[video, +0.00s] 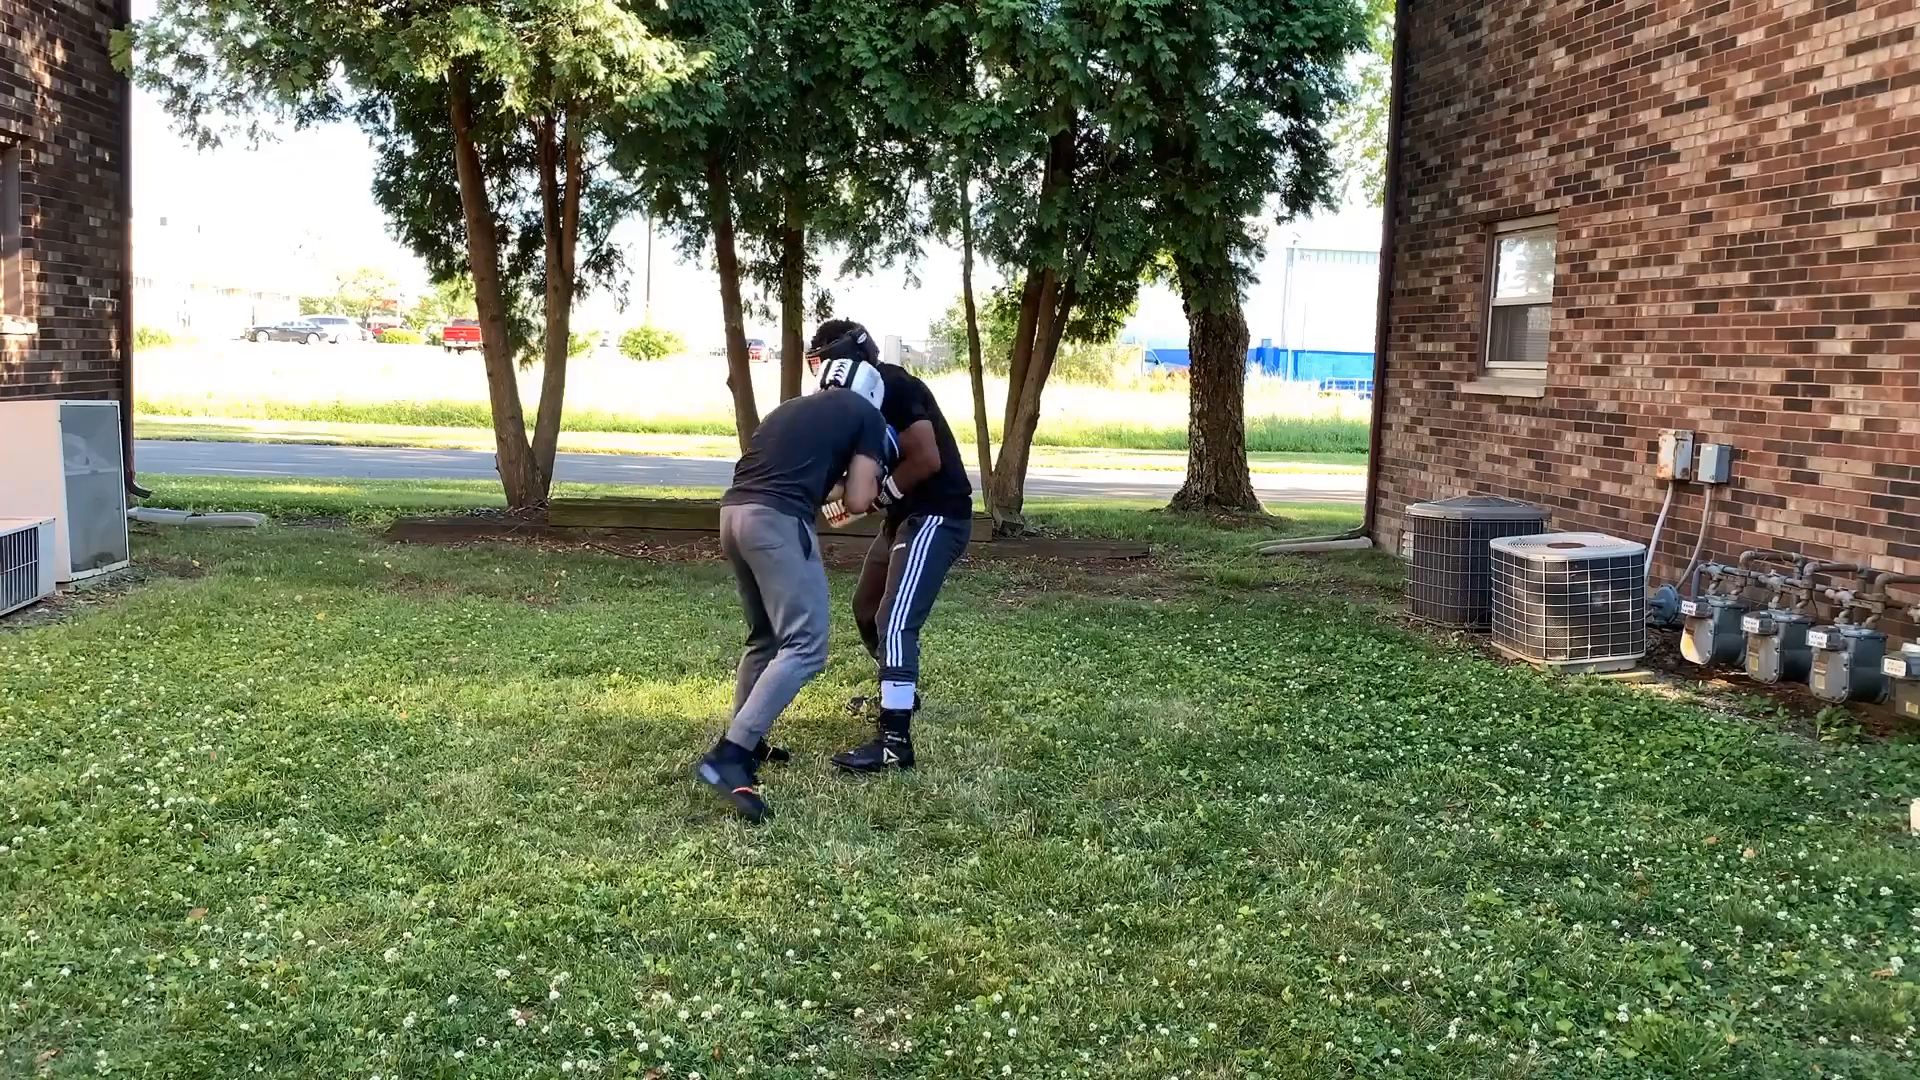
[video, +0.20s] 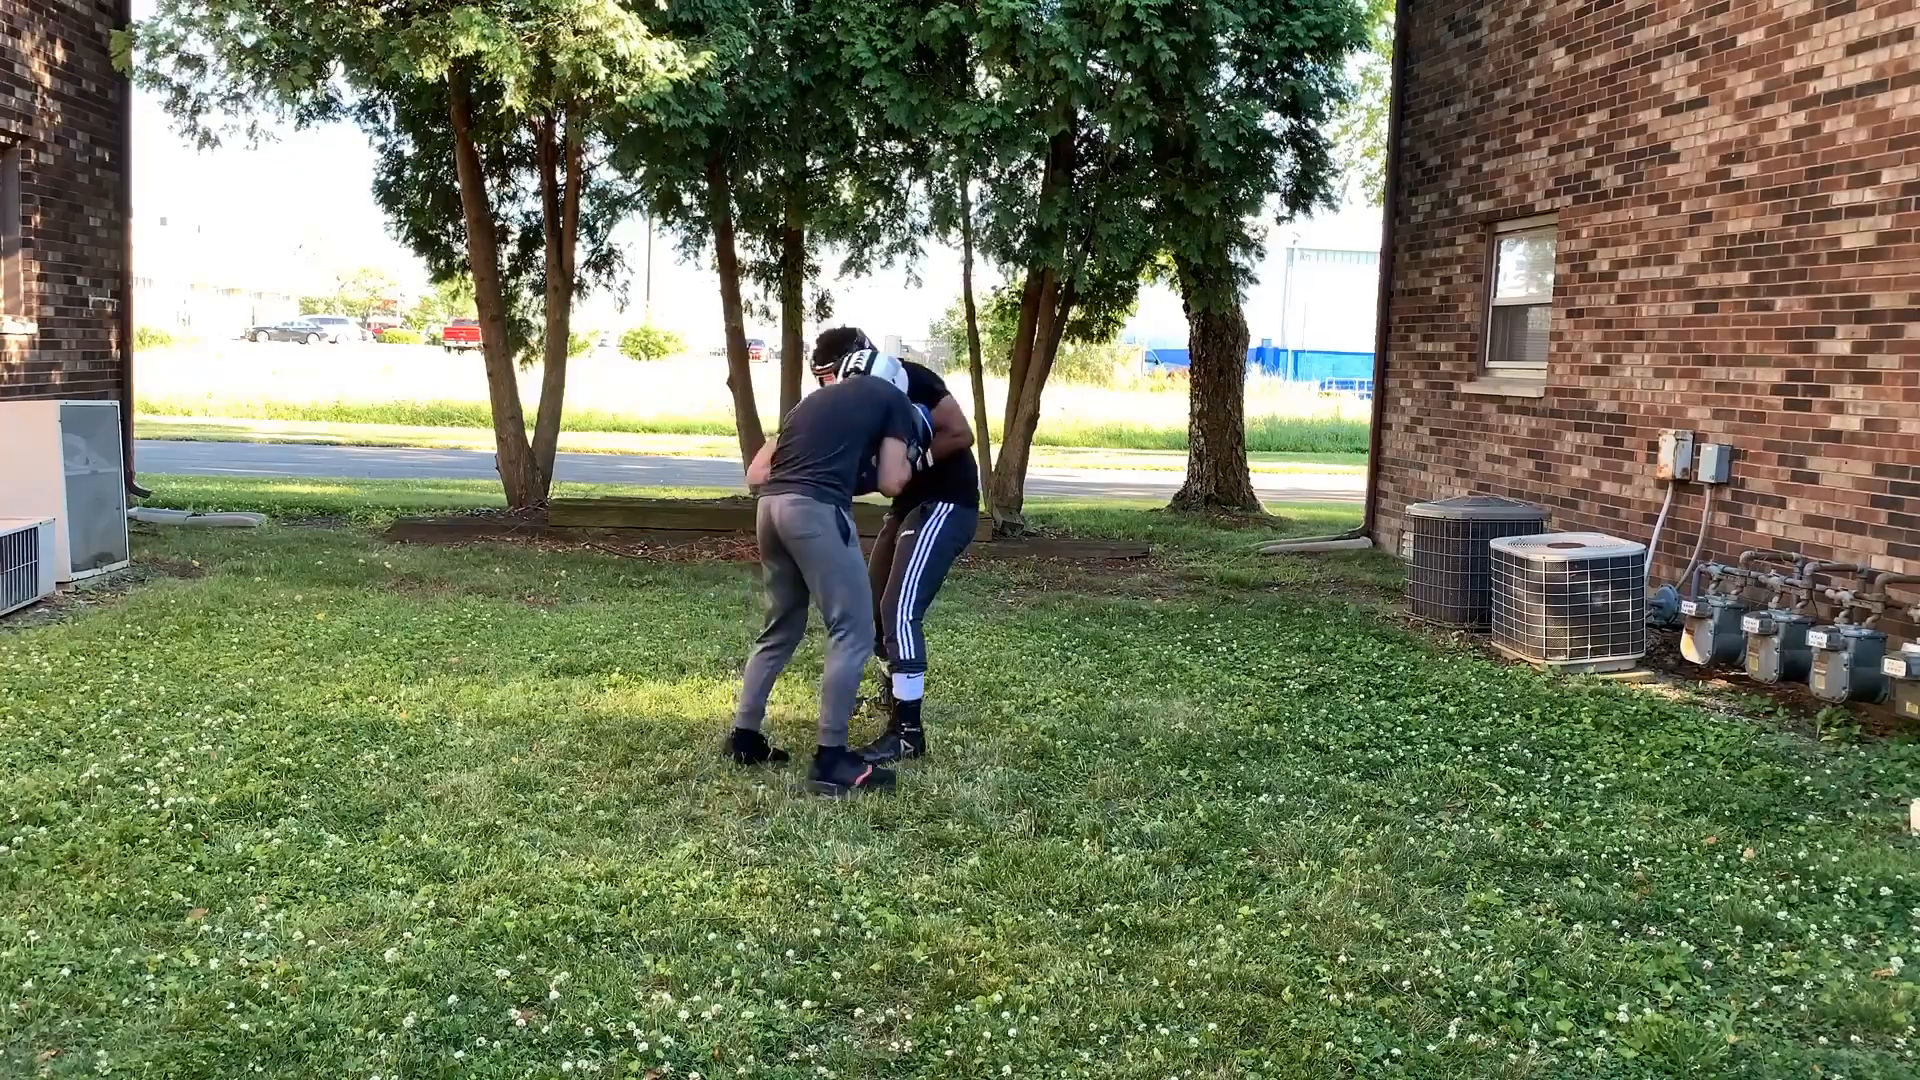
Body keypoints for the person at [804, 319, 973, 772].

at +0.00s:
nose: (818, 377)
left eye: (821, 367)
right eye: (816, 368)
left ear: (846, 361)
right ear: (851, 360)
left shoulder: (896, 385)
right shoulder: (860, 400)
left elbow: (926, 458)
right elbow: (882, 462)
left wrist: (876, 493)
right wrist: (852, 492)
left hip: (934, 515)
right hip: (901, 516)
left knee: (896, 620)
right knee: (867, 611)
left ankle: (895, 741)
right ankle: (901, 690)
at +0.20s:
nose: (822, 386)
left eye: (826, 376)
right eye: (820, 378)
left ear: (851, 363)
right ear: (841, 369)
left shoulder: (909, 377)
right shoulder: (854, 404)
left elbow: (959, 432)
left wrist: (909, 461)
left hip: (945, 505)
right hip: (907, 506)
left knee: (899, 609)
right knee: (876, 606)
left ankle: (908, 734)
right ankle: (898, 706)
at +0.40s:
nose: (888, 363)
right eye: (886, 357)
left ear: (847, 364)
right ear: (878, 355)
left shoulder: (829, 399)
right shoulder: (903, 394)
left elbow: (822, 466)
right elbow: (920, 477)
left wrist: (882, 461)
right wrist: (915, 453)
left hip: (808, 529)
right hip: (854, 528)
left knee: (836, 610)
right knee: (883, 645)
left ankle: (796, 703)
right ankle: (852, 761)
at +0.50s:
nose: (895, 357)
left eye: (887, 349)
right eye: (891, 350)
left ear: (852, 357)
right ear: (889, 354)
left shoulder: (833, 388)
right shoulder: (898, 385)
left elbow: (835, 456)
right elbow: (922, 467)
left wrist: (895, 448)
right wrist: (914, 443)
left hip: (817, 523)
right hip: (859, 524)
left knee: (857, 611)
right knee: (879, 645)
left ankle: (817, 705)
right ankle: (853, 761)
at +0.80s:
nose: (931, 401)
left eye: (937, 393)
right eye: (935, 391)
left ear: (903, 369)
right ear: (922, 377)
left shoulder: (876, 395)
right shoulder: (892, 402)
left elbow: (873, 480)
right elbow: (873, 481)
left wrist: (913, 463)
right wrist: (918, 468)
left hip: (834, 520)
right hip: (826, 522)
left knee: (871, 621)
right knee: (847, 633)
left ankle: (830, 713)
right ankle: (839, 757)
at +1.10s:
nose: (951, 420)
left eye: (956, 412)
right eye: (954, 410)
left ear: (918, 386)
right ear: (939, 397)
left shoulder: (887, 407)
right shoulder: (922, 426)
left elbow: (878, 498)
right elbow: (894, 507)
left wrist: (928, 481)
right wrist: (934, 487)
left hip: (819, 513)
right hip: (830, 522)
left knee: (871, 612)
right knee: (847, 633)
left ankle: (836, 707)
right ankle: (819, 752)